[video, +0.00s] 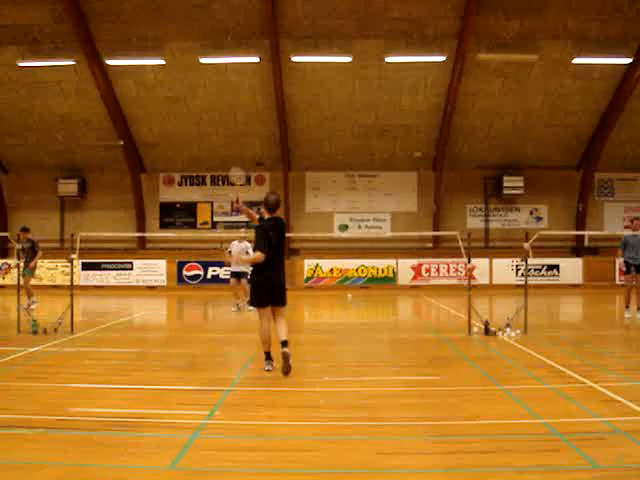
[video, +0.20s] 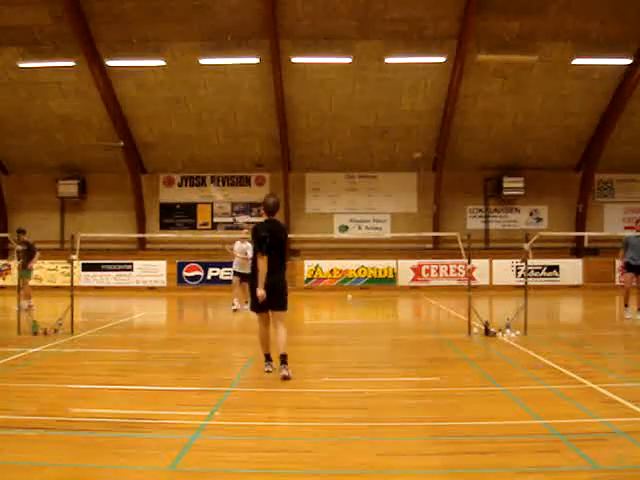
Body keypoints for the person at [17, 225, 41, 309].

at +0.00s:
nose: (22, 236)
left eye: (23, 234)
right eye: (21, 234)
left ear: (27, 233)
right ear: (21, 234)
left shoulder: (33, 242)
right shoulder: (23, 242)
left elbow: (39, 252)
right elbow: (18, 246)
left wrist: (33, 262)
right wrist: (11, 239)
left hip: (31, 263)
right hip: (25, 262)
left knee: (26, 282)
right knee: (25, 283)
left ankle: (33, 299)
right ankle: (29, 300)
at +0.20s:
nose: (20, 238)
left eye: (21, 236)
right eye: (19, 236)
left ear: (25, 235)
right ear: (18, 236)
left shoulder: (28, 244)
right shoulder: (20, 244)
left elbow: (37, 253)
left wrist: (31, 263)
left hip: (27, 265)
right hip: (21, 265)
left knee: (25, 284)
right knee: (24, 284)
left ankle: (28, 302)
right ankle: (29, 302)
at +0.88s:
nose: (10, 241)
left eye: (11, 239)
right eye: (9, 239)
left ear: (16, 239)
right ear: (15, 239)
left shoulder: (21, 248)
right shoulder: (16, 248)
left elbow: (26, 256)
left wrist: (19, 263)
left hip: (23, 271)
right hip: (20, 270)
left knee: (21, 287)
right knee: (21, 286)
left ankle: (20, 305)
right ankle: (25, 299)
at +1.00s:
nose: (9, 241)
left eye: (11, 239)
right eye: (9, 239)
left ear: (16, 239)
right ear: (15, 239)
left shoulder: (21, 247)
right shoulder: (16, 248)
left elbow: (26, 256)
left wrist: (19, 263)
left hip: (23, 270)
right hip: (19, 269)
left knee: (20, 287)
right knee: (21, 286)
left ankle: (20, 305)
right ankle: (25, 298)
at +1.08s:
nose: (9, 241)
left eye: (10, 239)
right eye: (9, 239)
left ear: (15, 239)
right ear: (14, 239)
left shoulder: (21, 248)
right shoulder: (16, 248)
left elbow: (26, 256)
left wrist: (19, 263)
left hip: (23, 270)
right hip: (19, 270)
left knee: (20, 287)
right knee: (21, 286)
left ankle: (20, 306)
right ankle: (25, 298)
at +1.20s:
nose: (7, 243)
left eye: (9, 240)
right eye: (7, 241)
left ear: (14, 240)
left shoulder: (20, 248)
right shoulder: (13, 250)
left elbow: (25, 257)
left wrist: (19, 263)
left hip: (23, 269)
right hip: (19, 269)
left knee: (21, 287)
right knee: (19, 286)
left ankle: (20, 304)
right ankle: (24, 299)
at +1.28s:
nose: (7, 243)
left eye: (8, 241)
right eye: (6, 241)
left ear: (13, 240)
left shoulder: (20, 249)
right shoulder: (13, 250)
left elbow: (25, 257)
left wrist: (18, 263)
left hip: (23, 270)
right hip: (18, 269)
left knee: (20, 287)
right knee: (20, 286)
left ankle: (20, 305)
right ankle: (25, 299)